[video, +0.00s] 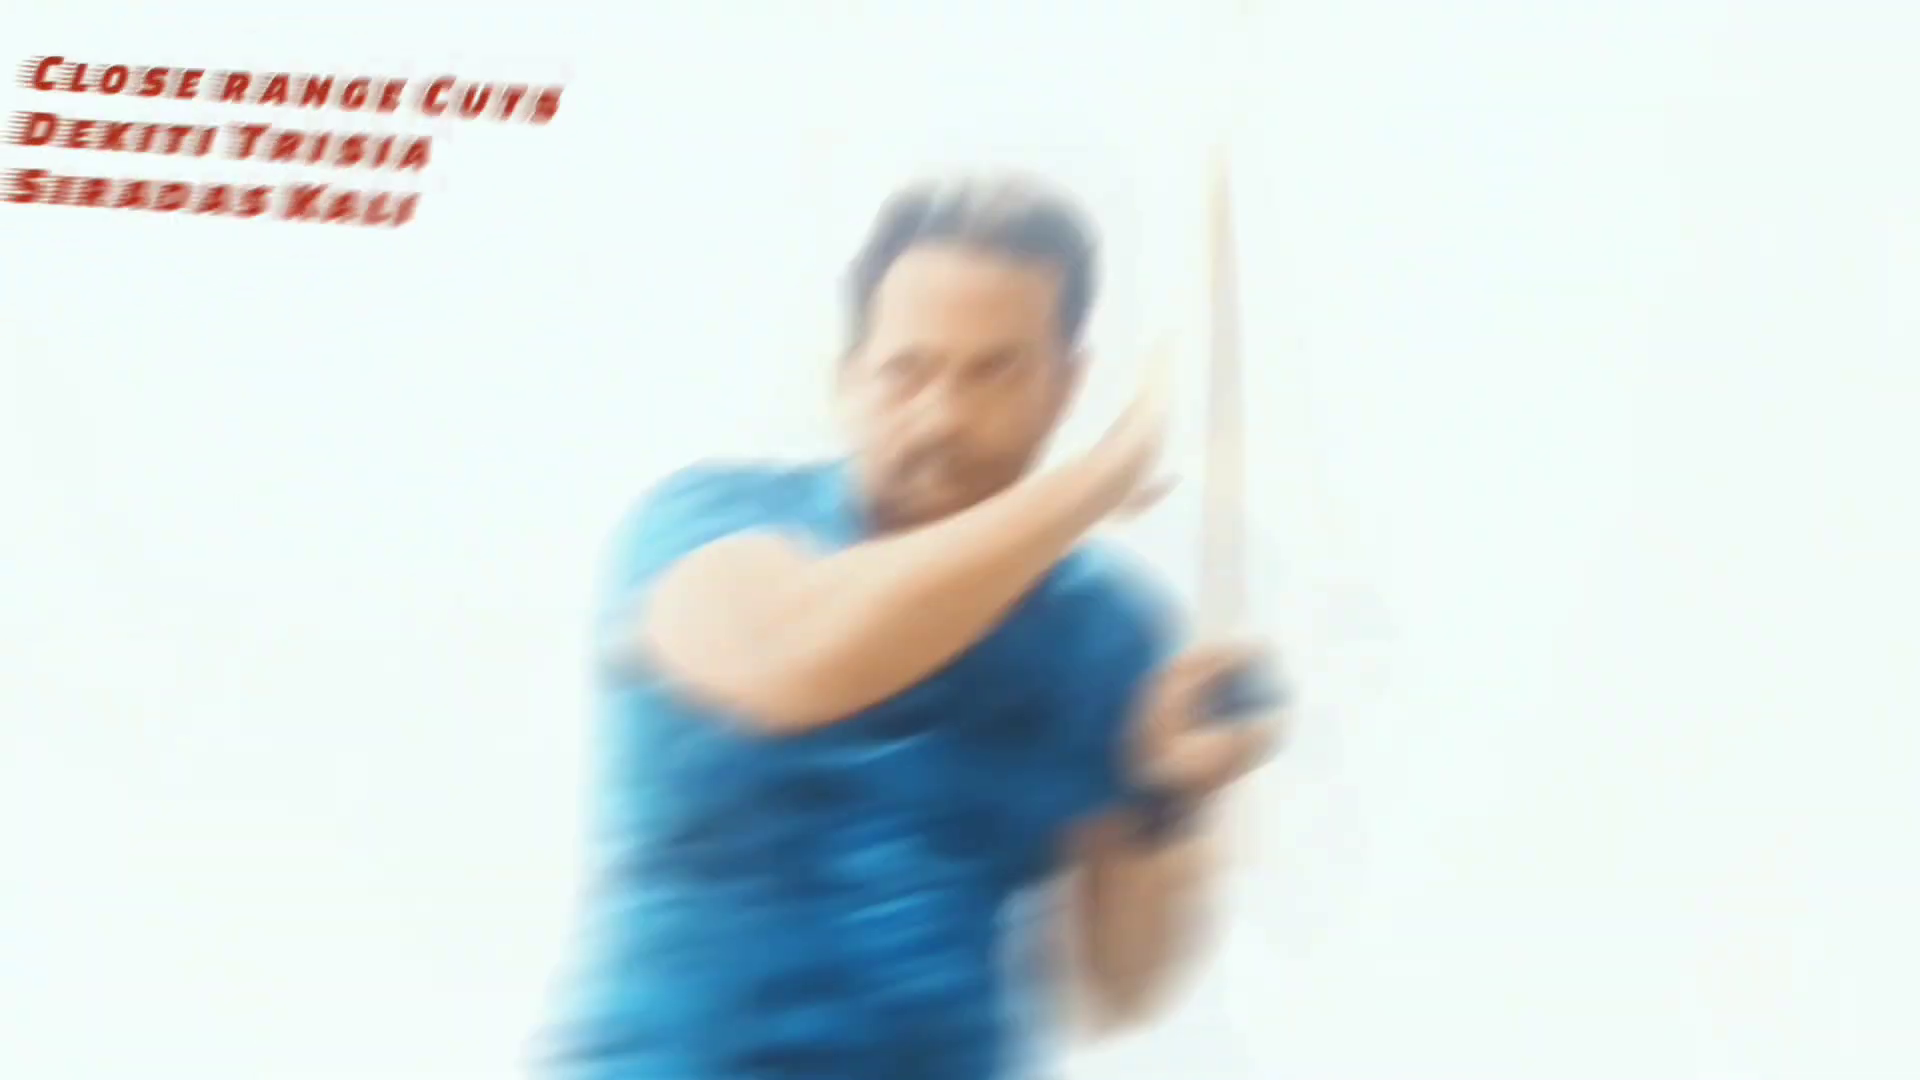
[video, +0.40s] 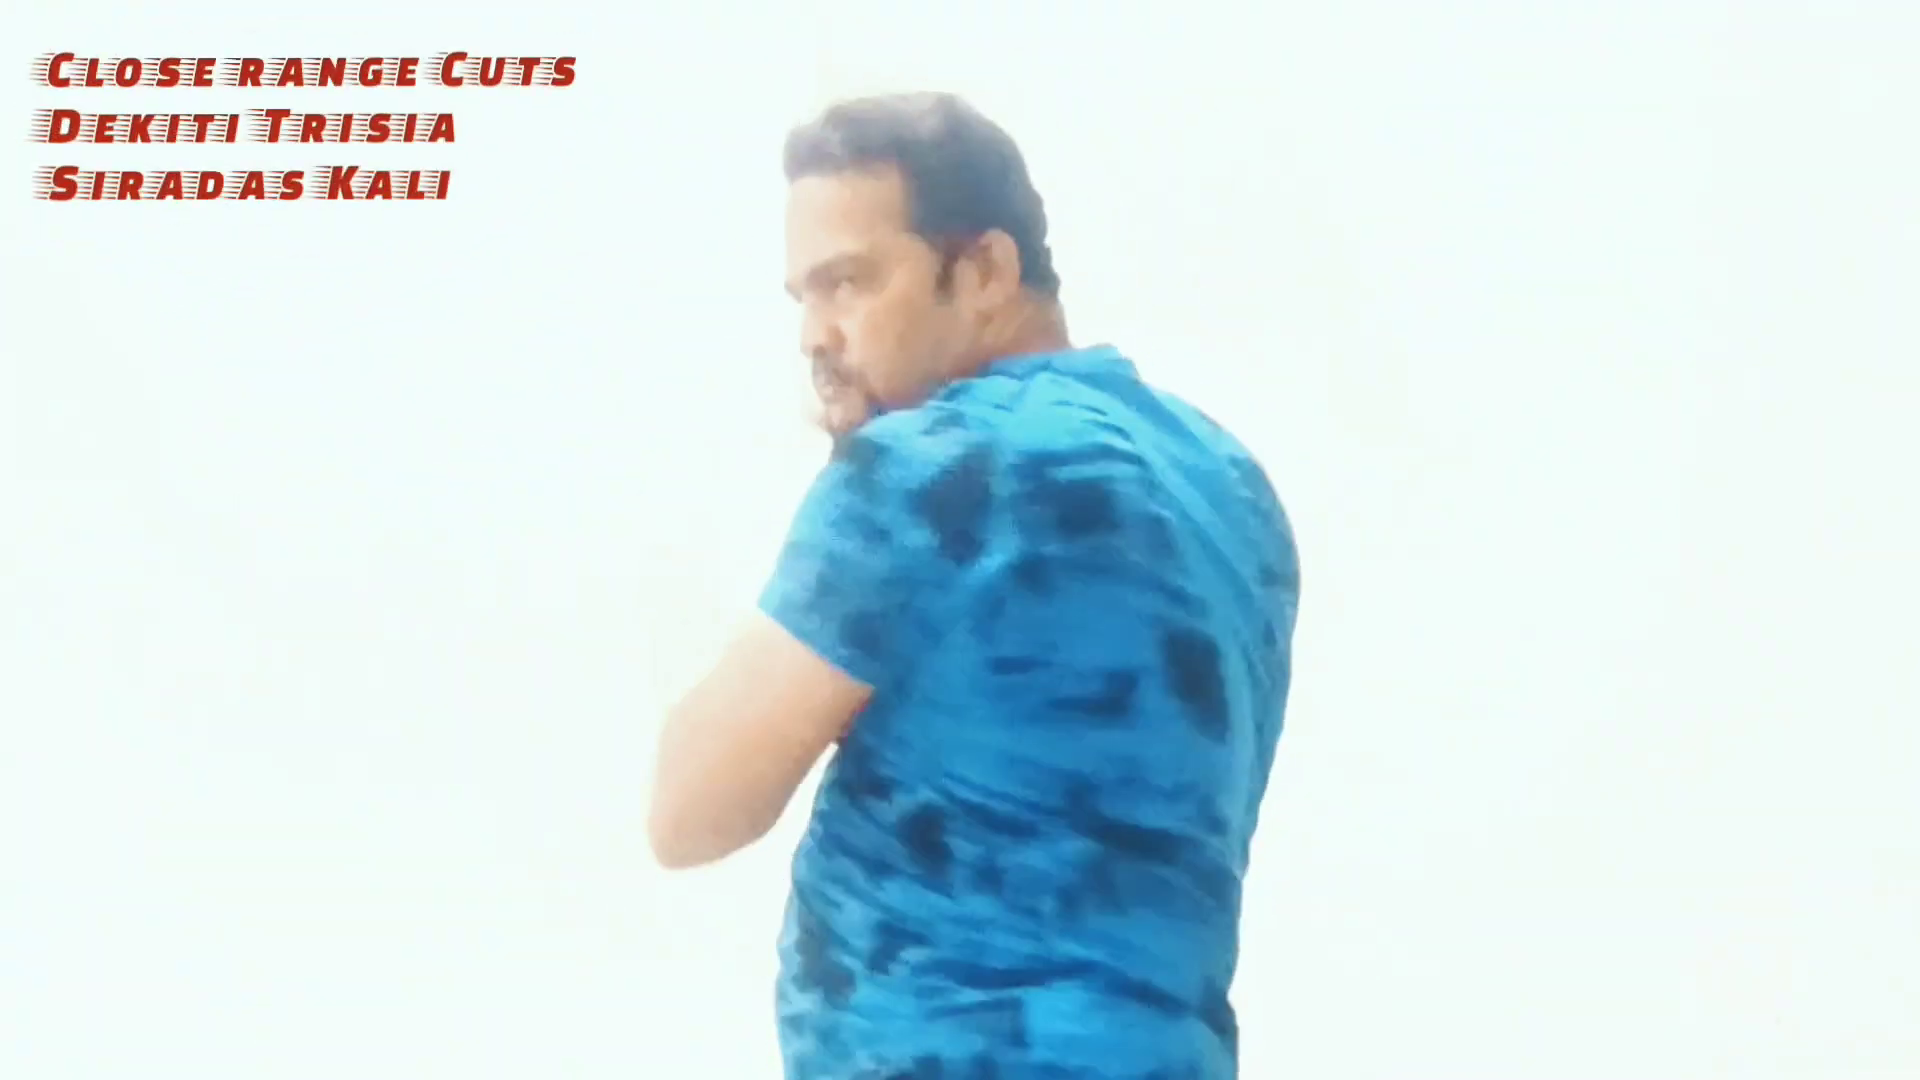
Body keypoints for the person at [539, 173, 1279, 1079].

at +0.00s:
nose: (940, 418)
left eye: (991, 375)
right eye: (907, 373)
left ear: (1063, 384)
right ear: (847, 373)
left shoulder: (1103, 628)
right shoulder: (700, 524)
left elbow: (1122, 982)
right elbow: (793, 662)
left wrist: (1168, 801)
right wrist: (1092, 481)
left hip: (932, 1059)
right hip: (663, 1053)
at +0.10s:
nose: (975, 402)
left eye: (1024, 346)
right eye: (940, 353)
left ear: (1124, 349)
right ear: (913, 355)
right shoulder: (883, 497)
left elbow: (1037, 1018)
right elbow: (672, 715)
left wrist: (885, 701)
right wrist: (920, 593)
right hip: (824, 1052)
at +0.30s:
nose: (838, 307)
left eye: (871, 258)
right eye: (834, 263)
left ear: (1015, 257)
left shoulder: (892, 466)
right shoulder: (1258, 459)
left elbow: (710, 714)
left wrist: (856, 460)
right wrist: (907, 427)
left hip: (904, 1039)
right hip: (1159, 1047)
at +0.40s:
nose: (814, 334)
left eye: (847, 282)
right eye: (802, 294)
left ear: (988, 272)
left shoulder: (925, 470)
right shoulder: (1235, 483)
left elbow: (688, 818)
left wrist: (856, 482)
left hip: (926, 1041)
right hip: (1171, 1046)